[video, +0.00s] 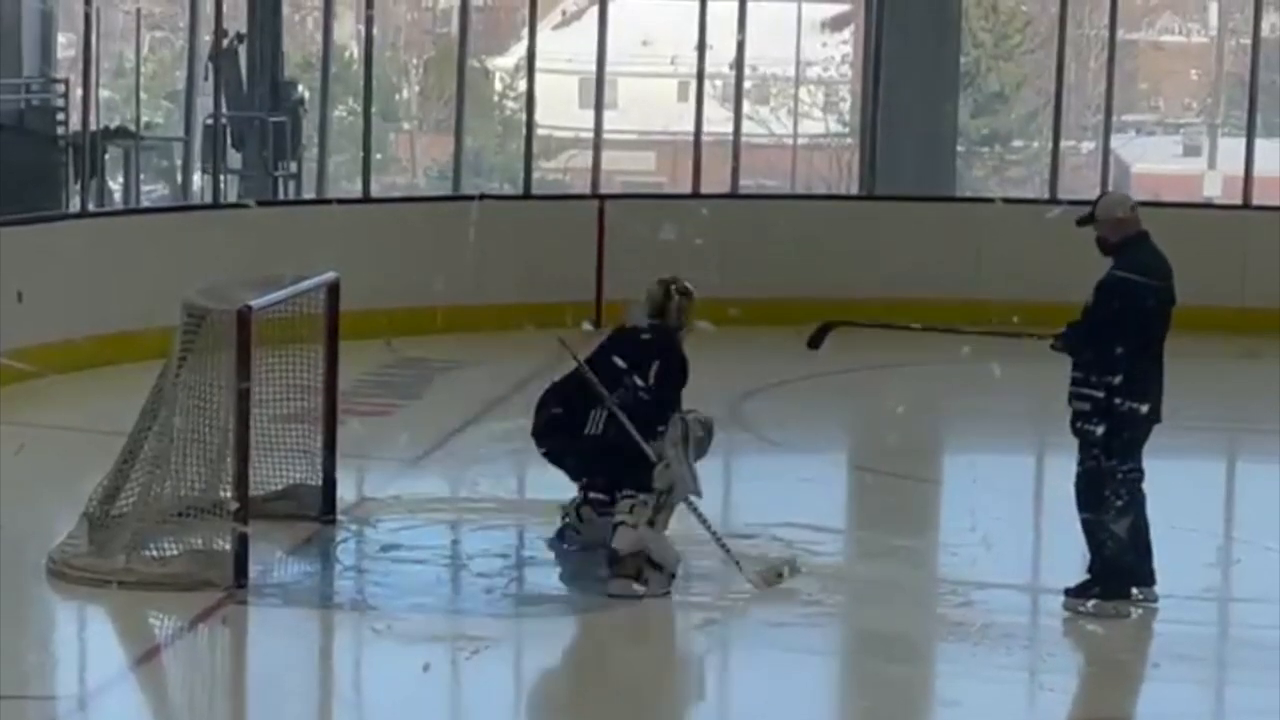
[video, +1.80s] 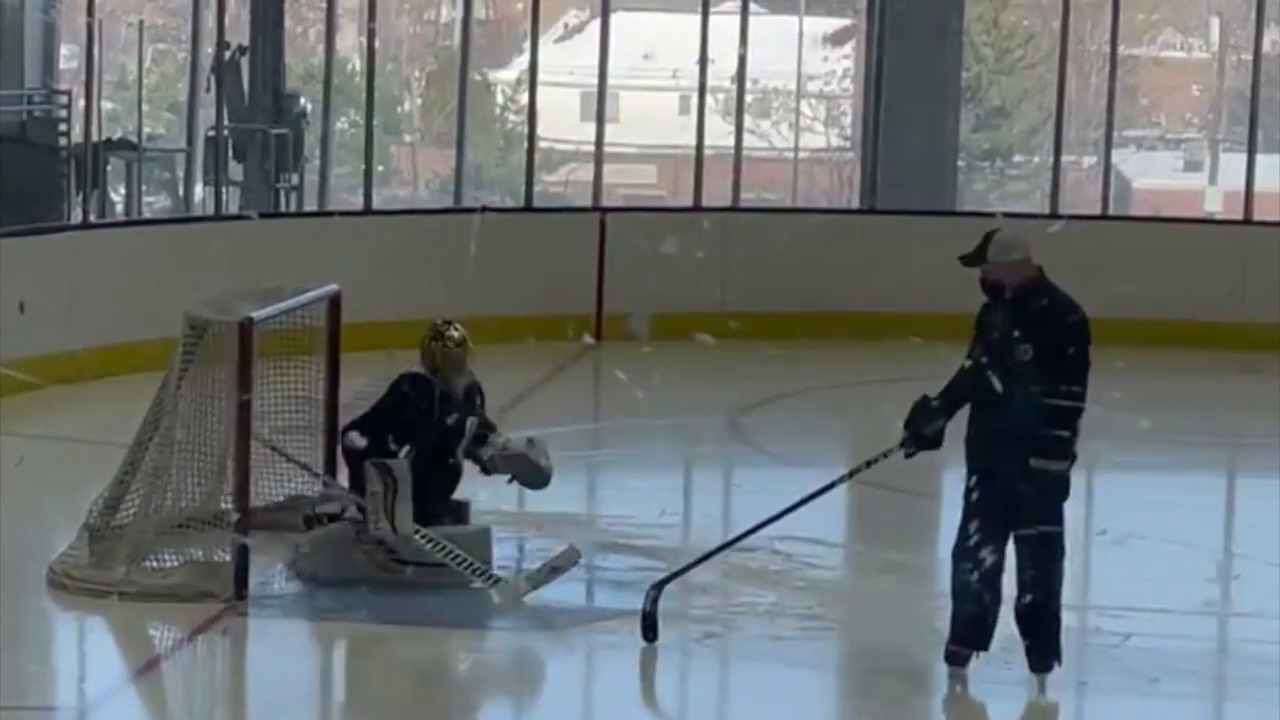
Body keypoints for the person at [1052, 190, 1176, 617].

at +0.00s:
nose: (1096, 236)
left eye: (1099, 228)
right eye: (1095, 228)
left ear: (1117, 226)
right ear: (1130, 223)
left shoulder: (1128, 272)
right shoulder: (1150, 265)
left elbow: (1103, 336)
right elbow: (1117, 328)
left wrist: (1069, 338)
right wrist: (1077, 334)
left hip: (1115, 404)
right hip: (1134, 401)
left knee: (1098, 489)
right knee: (1122, 487)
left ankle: (1111, 582)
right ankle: (1133, 575)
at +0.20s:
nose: (1085, 239)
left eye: (1089, 231)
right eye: (1085, 231)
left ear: (1107, 230)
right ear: (1118, 227)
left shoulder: (1121, 276)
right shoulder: (1143, 265)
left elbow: (1099, 352)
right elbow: (1141, 339)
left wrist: (1084, 411)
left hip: (1116, 406)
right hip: (1135, 401)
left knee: (1098, 493)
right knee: (1122, 489)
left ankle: (1108, 583)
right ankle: (1134, 577)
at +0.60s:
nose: (1055, 263)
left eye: (1059, 254)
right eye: (1053, 254)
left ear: (1079, 252)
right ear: (1080, 251)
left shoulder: (1114, 292)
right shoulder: (1088, 287)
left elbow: (1112, 366)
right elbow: (1074, 350)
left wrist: (1069, 396)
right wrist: (1054, 383)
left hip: (1110, 419)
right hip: (1089, 415)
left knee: (1079, 500)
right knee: (1109, 498)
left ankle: (1085, 591)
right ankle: (1133, 577)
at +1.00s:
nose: (1030, 262)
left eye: (1036, 256)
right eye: (1029, 255)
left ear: (1060, 254)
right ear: (1044, 254)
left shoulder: (1102, 298)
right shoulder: (1040, 287)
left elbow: (1105, 376)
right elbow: (1017, 345)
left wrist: (1090, 437)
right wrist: (983, 386)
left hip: (1077, 425)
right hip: (1038, 422)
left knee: (1056, 519)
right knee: (1054, 511)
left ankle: (1046, 615)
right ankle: (1075, 586)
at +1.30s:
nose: (1010, 264)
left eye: (1016, 256)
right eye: (1009, 256)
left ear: (1041, 256)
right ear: (1027, 255)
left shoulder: (1088, 305)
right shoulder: (1020, 293)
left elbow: (1093, 383)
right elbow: (987, 355)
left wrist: (1083, 441)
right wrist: (947, 395)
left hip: (1058, 440)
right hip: (1011, 435)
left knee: (1052, 535)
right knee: (1005, 527)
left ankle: (1045, 629)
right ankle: (1006, 601)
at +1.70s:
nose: (993, 275)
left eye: (999, 268)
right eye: (992, 268)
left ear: (1023, 266)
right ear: (1005, 267)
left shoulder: (1070, 315)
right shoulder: (1000, 306)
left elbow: (1071, 397)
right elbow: (975, 367)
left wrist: (1057, 463)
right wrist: (935, 410)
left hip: (1043, 462)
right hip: (994, 457)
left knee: (1043, 562)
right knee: (980, 554)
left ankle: (1044, 657)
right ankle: (967, 649)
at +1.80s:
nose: (985, 277)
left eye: (992, 270)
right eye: (985, 270)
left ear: (1018, 266)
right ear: (1000, 269)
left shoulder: (1065, 318)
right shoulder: (995, 311)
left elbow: (1067, 401)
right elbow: (974, 373)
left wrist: (1052, 466)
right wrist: (933, 416)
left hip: (1040, 467)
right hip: (989, 463)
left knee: (1039, 570)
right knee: (974, 560)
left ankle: (1042, 671)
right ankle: (958, 662)